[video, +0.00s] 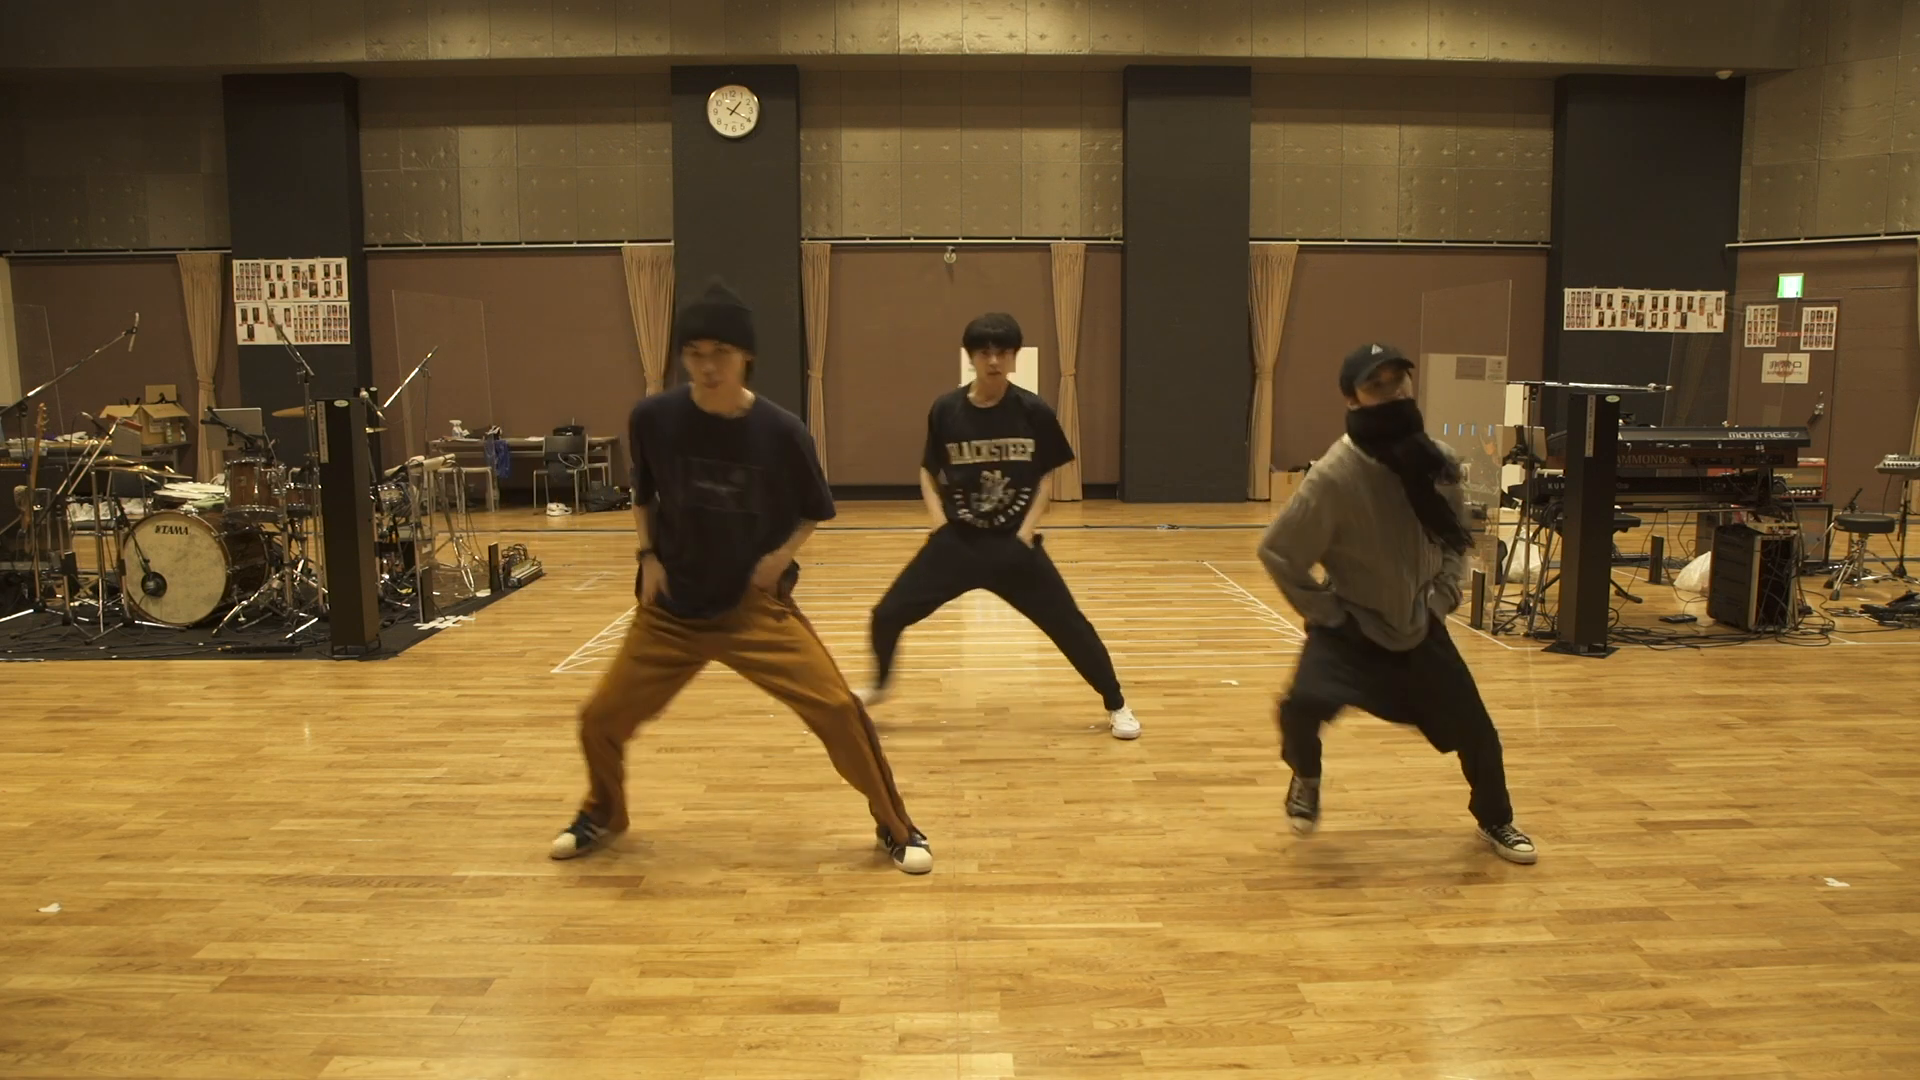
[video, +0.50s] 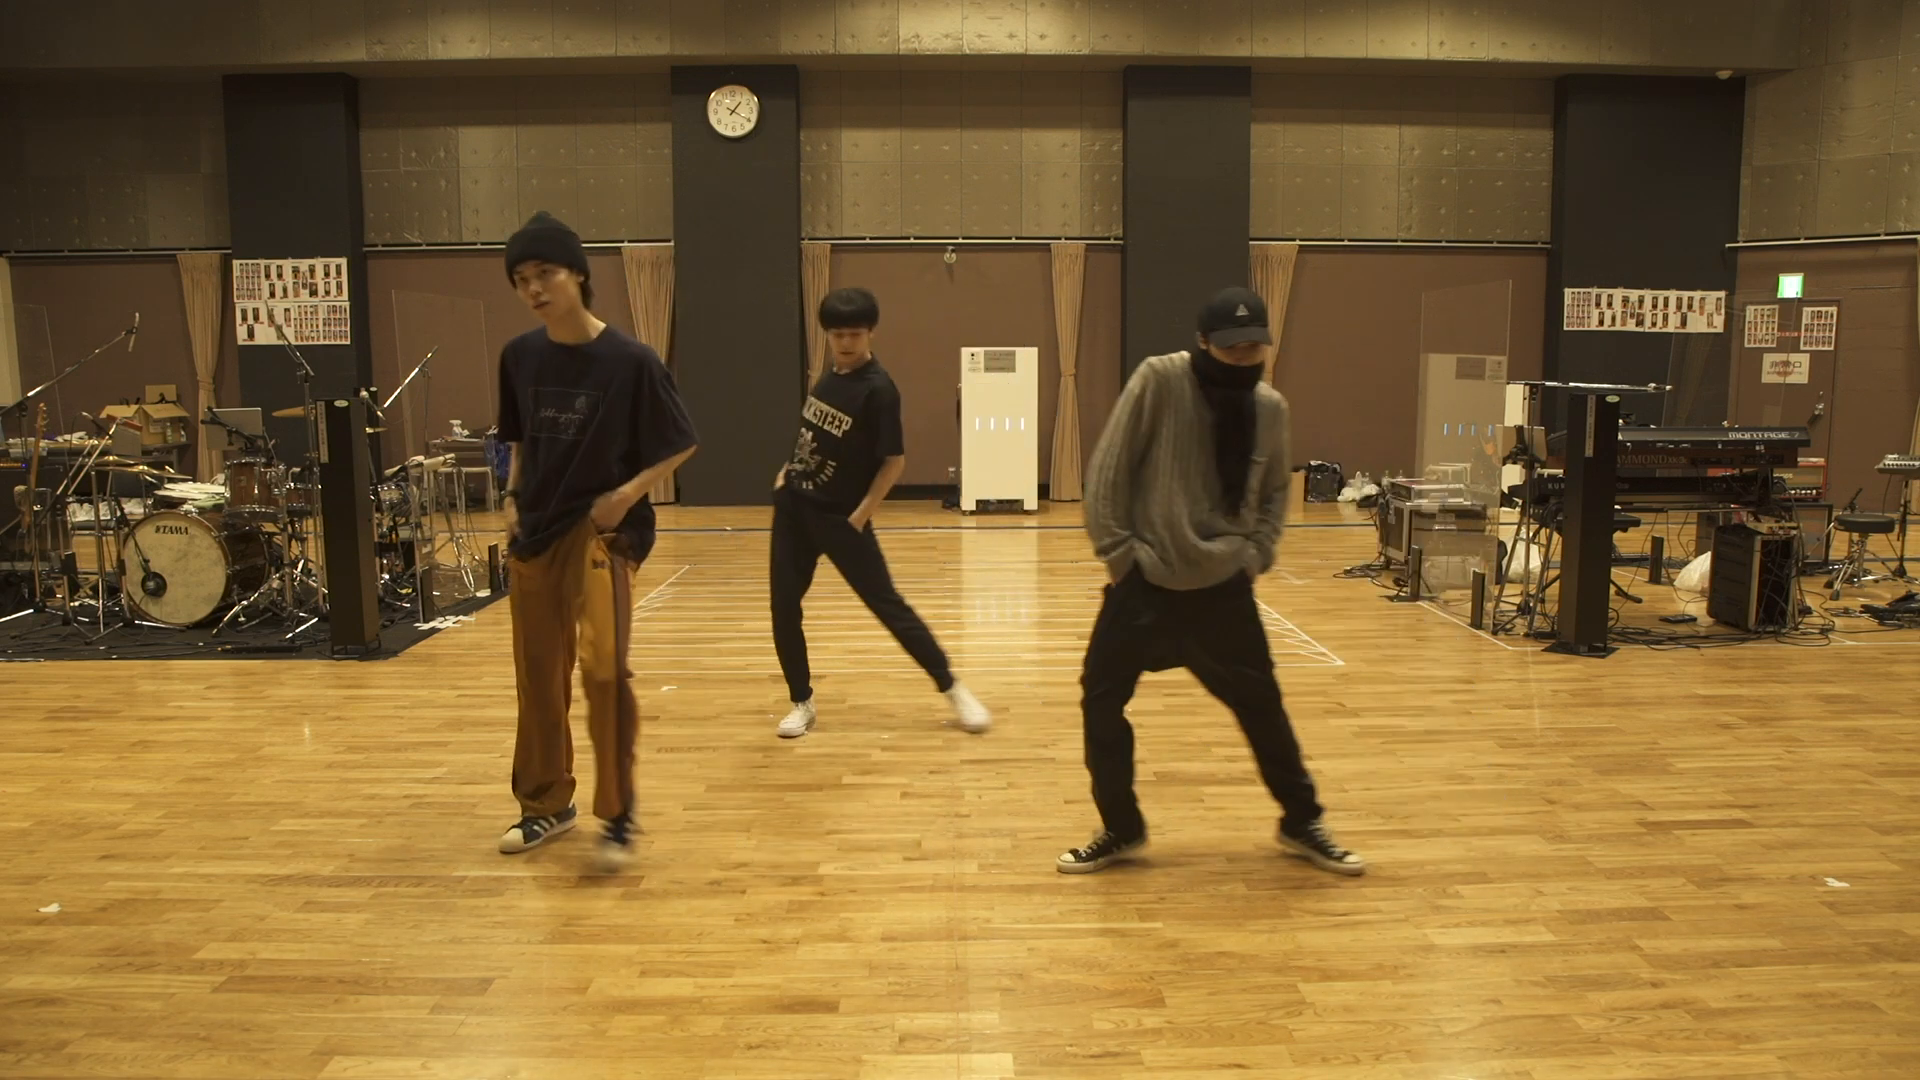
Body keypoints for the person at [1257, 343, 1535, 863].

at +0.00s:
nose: (1395, 393)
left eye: (1400, 381)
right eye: (1378, 386)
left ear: (1412, 387)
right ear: (1353, 399)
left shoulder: (1435, 462)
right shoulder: (1334, 473)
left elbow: (1458, 538)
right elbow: (1277, 551)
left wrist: (1443, 594)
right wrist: (1323, 610)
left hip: (1420, 624)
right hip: (1348, 623)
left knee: (1477, 731)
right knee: (1300, 710)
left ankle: (1497, 820)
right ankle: (1306, 776)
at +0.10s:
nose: (1381, 400)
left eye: (1387, 387)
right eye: (1365, 392)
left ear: (1402, 392)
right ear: (1343, 407)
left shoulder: (1442, 460)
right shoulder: (1318, 476)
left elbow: (1479, 532)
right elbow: (1257, 536)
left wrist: (1438, 605)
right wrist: (1307, 601)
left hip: (1410, 632)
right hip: (1328, 625)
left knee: (1475, 738)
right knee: (1255, 681)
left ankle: (1496, 821)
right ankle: (1255, 777)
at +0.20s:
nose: (1357, 373)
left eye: (1364, 360)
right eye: (1341, 365)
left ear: (1380, 366)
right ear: (1318, 379)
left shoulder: (1413, 433)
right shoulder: (1286, 439)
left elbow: (1448, 517)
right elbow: (1240, 509)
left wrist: (1419, 590)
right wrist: (1284, 582)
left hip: (1389, 621)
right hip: (1306, 617)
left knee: (1446, 723)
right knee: (1215, 695)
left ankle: (1497, 817)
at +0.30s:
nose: (1311, 354)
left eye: (1319, 342)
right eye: (1297, 344)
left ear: (1332, 346)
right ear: (1270, 348)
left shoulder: (1350, 412)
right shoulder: (1227, 396)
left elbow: (1383, 490)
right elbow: (1189, 483)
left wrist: (1357, 564)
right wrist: (1207, 566)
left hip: (1318, 599)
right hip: (1235, 597)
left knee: (1374, 698)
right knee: (1162, 696)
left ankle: (1424, 805)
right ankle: (1138, 833)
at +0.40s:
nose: (1283, 354)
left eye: (1291, 342)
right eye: (1269, 343)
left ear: (1303, 343)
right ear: (1240, 343)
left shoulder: (1316, 408)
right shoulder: (1196, 387)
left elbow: (1331, 498)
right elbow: (1146, 476)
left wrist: (1306, 562)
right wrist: (1168, 559)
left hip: (1275, 589)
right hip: (1195, 586)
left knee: (1320, 703)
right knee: (1130, 699)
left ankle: (1366, 815)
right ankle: (1133, 836)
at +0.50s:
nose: (1243, 358)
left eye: (1253, 347)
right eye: (1230, 347)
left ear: (1267, 345)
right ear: (1203, 343)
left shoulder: (1270, 407)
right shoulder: (1158, 379)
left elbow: (1275, 491)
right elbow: (1106, 468)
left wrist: (1256, 554)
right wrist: (1119, 555)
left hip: (1223, 587)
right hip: (1146, 582)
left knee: (1262, 704)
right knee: (1101, 698)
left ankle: (1301, 820)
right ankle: (1122, 827)